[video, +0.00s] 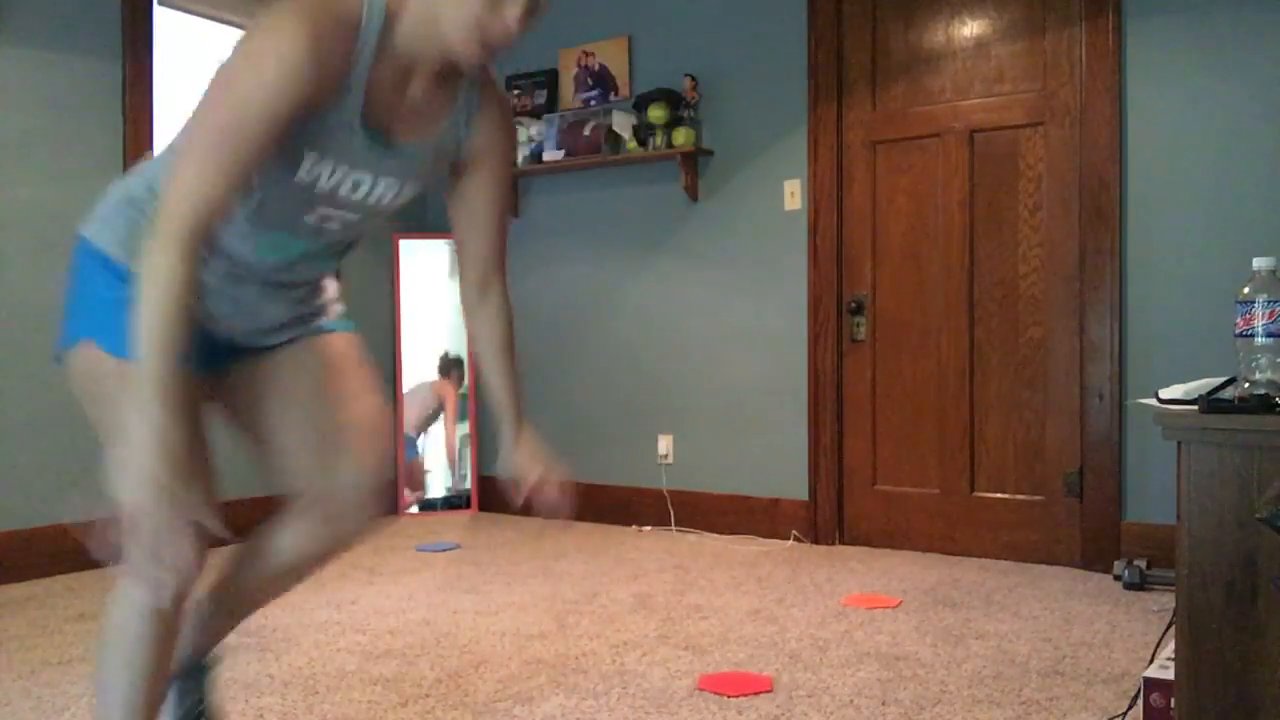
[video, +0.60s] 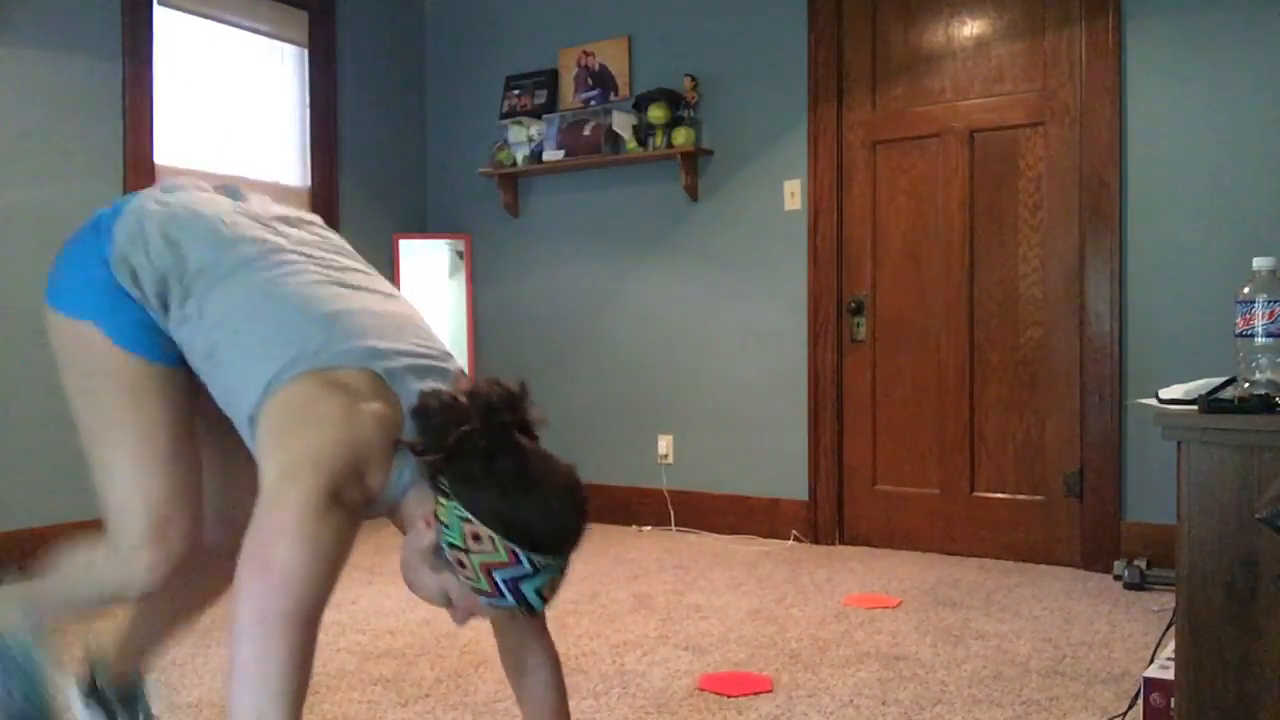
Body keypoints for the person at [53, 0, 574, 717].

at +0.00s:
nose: (513, 21)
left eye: (526, 8)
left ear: (533, 17)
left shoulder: (481, 120)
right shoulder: (308, 36)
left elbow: (483, 285)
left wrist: (515, 432)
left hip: (282, 297)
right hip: (145, 268)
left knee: (352, 491)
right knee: (168, 539)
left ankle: (182, 649)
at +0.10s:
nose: (512, 146)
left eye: (531, 121)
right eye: (504, 108)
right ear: (438, 60)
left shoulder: (479, 191)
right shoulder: (295, 126)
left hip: (243, 313)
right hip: (107, 279)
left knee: (251, 535)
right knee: (153, 549)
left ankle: (125, 695)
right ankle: (120, 706)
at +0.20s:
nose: (491, 304)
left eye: (510, 281)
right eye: (483, 269)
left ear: (533, 265)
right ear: (427, 211)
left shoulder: (459, 276)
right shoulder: (286, 243)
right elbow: (227, 543)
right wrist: (240, 711)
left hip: (187, 336)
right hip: (69, 298)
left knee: (201, 589)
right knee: (155, 558)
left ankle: (99, 702)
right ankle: (107, 708)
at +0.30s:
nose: (471, 456)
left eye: (493, 436)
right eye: (471, 422)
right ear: (432, 351)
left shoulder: (459, 359)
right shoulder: (285, 351)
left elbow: (504, 587)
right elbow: (252, 658)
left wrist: (548, 712)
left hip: (181, 343)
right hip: (59, 323)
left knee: (229, 604)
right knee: (173, 577)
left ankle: (103, 702)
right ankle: (105, 709)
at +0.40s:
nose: (452, 552)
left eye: (475, 541)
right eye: (455, 528)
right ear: (427, 459)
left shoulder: (468, 422)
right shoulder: (296, 429)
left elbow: (519, 635)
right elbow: (243, 708)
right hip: (74, 353)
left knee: (234, 583)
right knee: (196, 590)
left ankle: (115, 708)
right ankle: (110, 718)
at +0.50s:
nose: (458, 599)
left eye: (479, 592)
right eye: (456, 578)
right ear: (429, 504)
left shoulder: (473, 429)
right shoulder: (314, 433)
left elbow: (523, 638)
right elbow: (252, 705)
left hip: (208, 288)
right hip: (101, 289)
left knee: (236, 575)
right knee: (169, 553)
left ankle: (101, 696)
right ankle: (112, 708)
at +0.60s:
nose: (460, 618)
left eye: (482, 610)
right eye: (465, 594)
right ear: (439, 527)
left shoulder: (479, 444)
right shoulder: (324, 456)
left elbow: (531, 659)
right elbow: (262, 707)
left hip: (237, 247)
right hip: (126, 251)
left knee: (228, 537)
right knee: (152, 546)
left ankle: (112, 666)